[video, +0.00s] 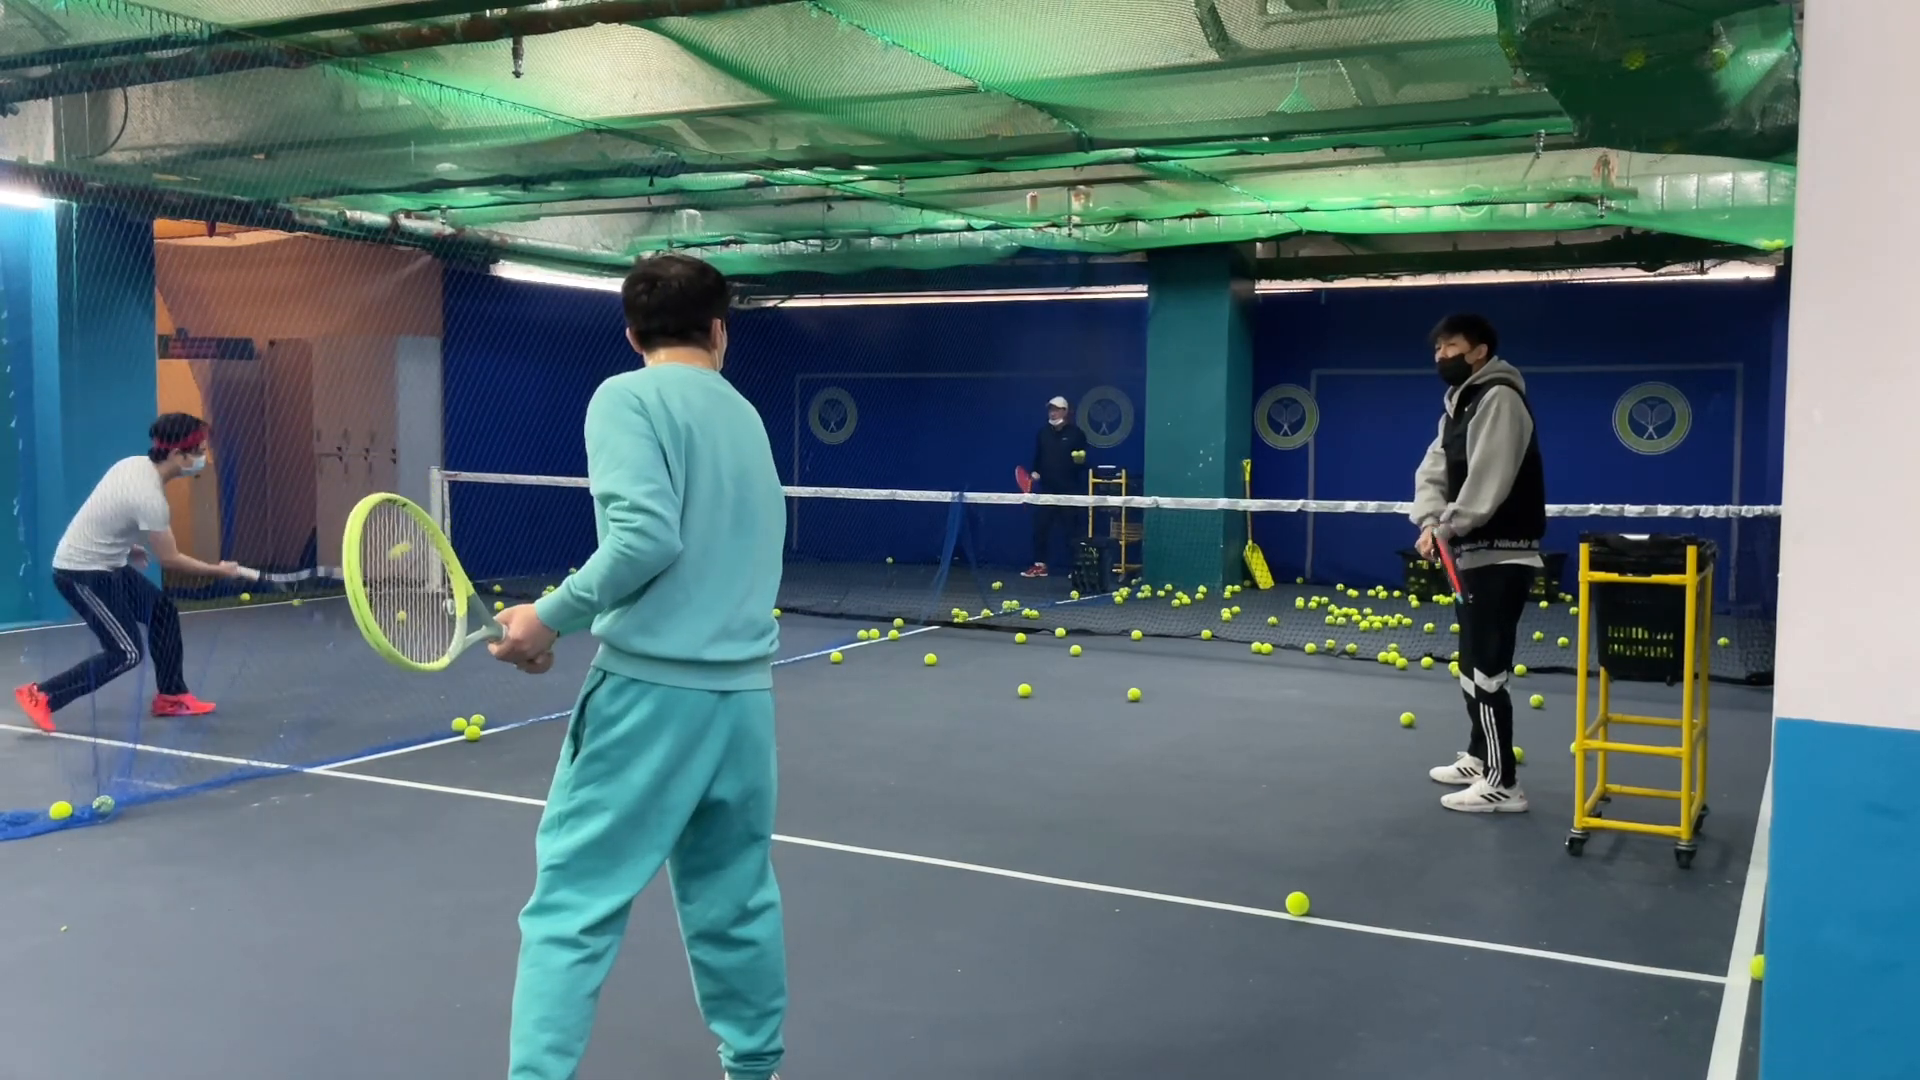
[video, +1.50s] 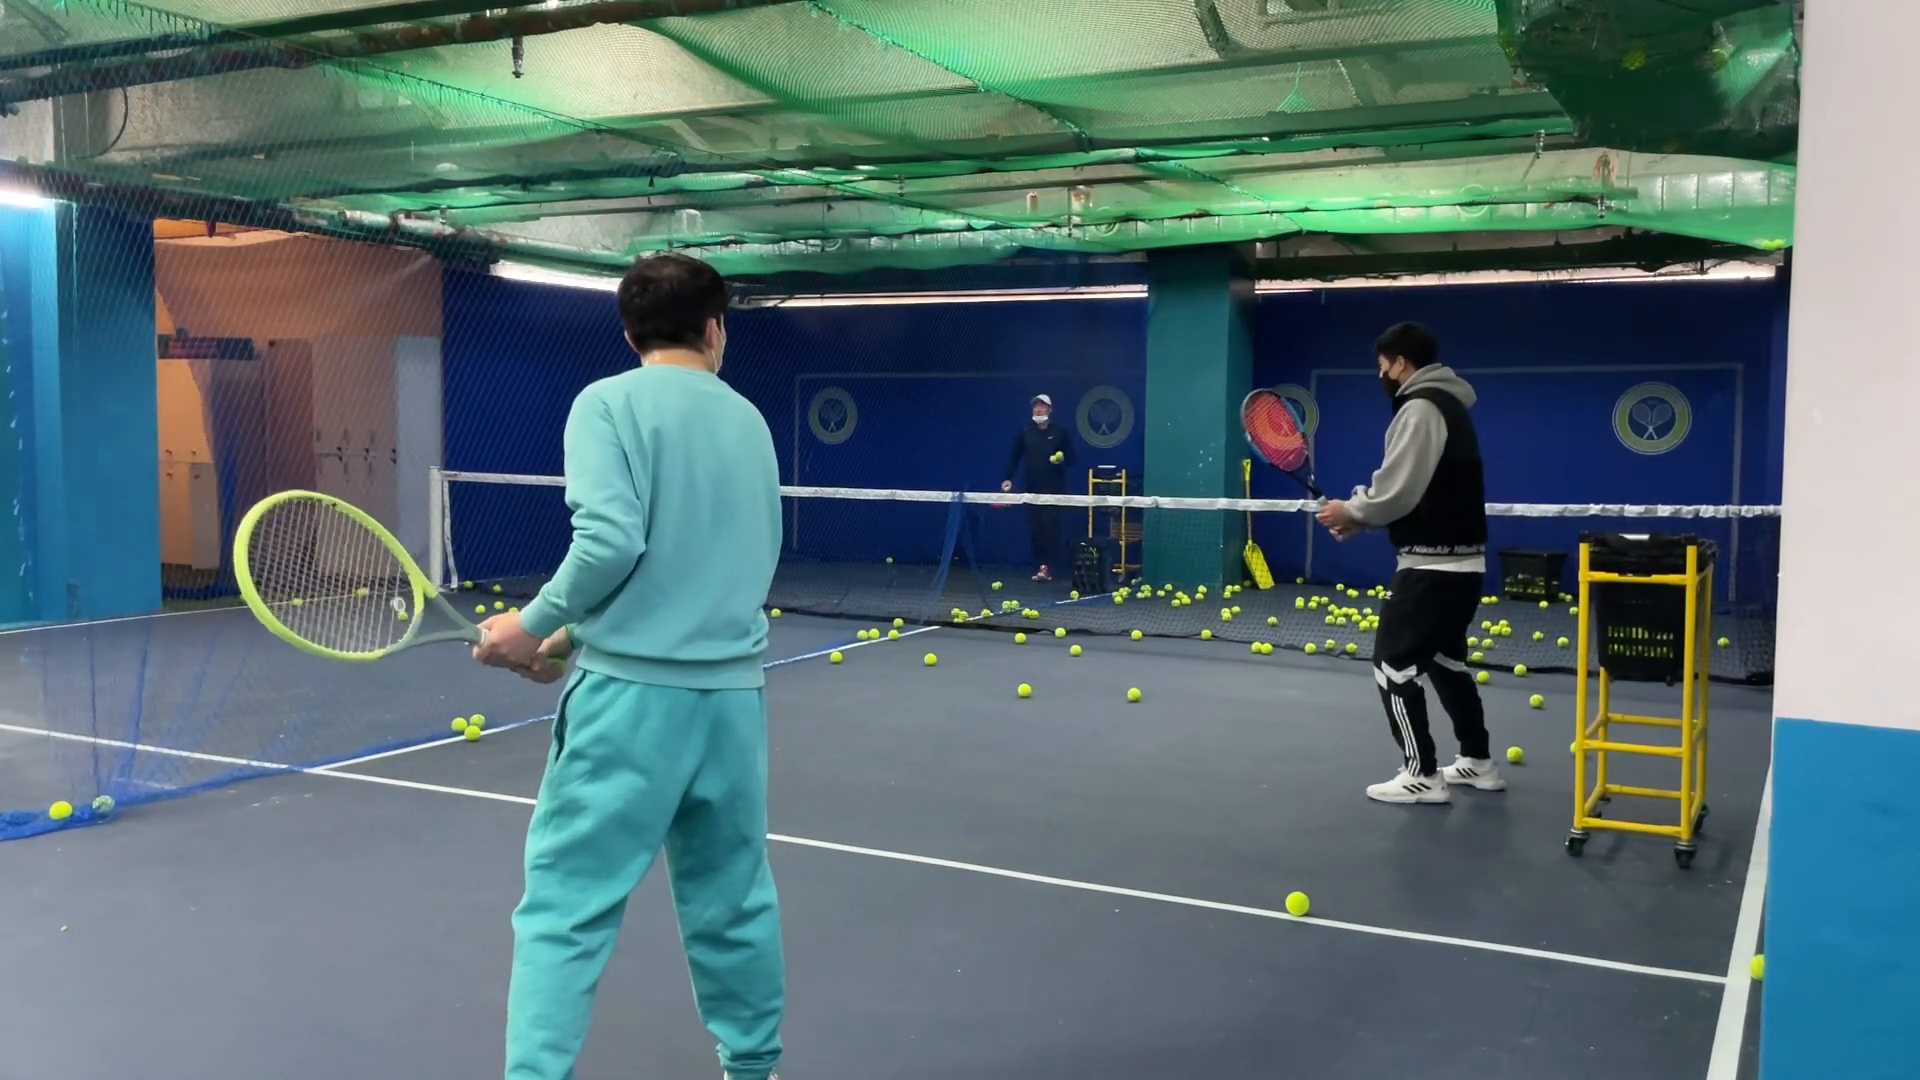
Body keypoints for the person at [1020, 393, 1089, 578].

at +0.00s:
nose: (1052, 413)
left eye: (1056, 409)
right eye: (1050, 409)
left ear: (1065, 412)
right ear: (1048, 411)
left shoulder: (1076, 433)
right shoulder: (1043, 433)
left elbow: (1084, 461)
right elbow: (1039, 457)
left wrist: (1080, 459)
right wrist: (1035, 472)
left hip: (1070, 485)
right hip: (1047, 485)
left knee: (1072, 526)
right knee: (1041, 525)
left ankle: (1076, 567)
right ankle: (1040, 564)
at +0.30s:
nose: (1051, 410)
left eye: (1055, 407)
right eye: (1049, 407)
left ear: (1063, 410)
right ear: (1046, 410)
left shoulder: (1073, 433)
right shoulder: (1039, 434)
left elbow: (1081, 459)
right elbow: (1034, 460)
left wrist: (1070, 462)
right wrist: (1031, 468)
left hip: (1068, 487)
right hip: (1045, 486)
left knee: (1071, 528)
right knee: (1041, 526)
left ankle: (1076, 567)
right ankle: (1040, 564)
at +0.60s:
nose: (1056, 414)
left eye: (1060, 411)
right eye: (1054, 411)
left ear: (1067, 412)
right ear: (1050, 413)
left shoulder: (1076, 433)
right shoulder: (1045, 432)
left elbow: (1084, 459)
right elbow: (1034, 452)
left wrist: (1078, 461)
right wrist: (1048, 452)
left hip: (1070, 485)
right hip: (1048, 484)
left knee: (1071, 525)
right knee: (1044, 524)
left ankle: (1074, 565)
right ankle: (1040, 563)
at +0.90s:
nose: (1068, 409)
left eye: (1071, 406)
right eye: (1065, 406)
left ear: (1076, 409)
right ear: (1058, 408)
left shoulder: (1081, 430)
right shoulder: (1050, 426)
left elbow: (1088, 449)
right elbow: (1035, 447)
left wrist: (1094, 452)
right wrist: (1040, 453)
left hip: (1074, 482)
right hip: (1051, 482)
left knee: (1074, 525)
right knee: (1047, 524)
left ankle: (1073, 565)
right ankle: (1043, 564)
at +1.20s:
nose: (1057, 411)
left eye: (1060, 409)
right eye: (1053, 408)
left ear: (1065, 412)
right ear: (1047, 411)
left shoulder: (1071, 435)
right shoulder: (1038, 433)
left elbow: (1075, 461)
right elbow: (1021, 455)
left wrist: (1085, 458)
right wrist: (1018, 476)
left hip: (1065, 488)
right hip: (1042, 489)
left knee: (1073, 526)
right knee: (1042, 529)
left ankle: (1071, 562)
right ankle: (1044, 566)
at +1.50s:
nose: (1039, 411)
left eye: (1043, 408)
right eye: (1036, 408)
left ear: (1050, 410)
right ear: (1032, 411)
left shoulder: (1059, 433)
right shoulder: (1025, 433)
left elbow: (1071, 459)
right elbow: (1015, 457)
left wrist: (1062, 459)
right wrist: (1009, 478)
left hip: (1053, 485)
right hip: (1032, 484)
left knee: (1049, 524)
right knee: (1036, 525)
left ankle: (1046, 565)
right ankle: (1042, 565)